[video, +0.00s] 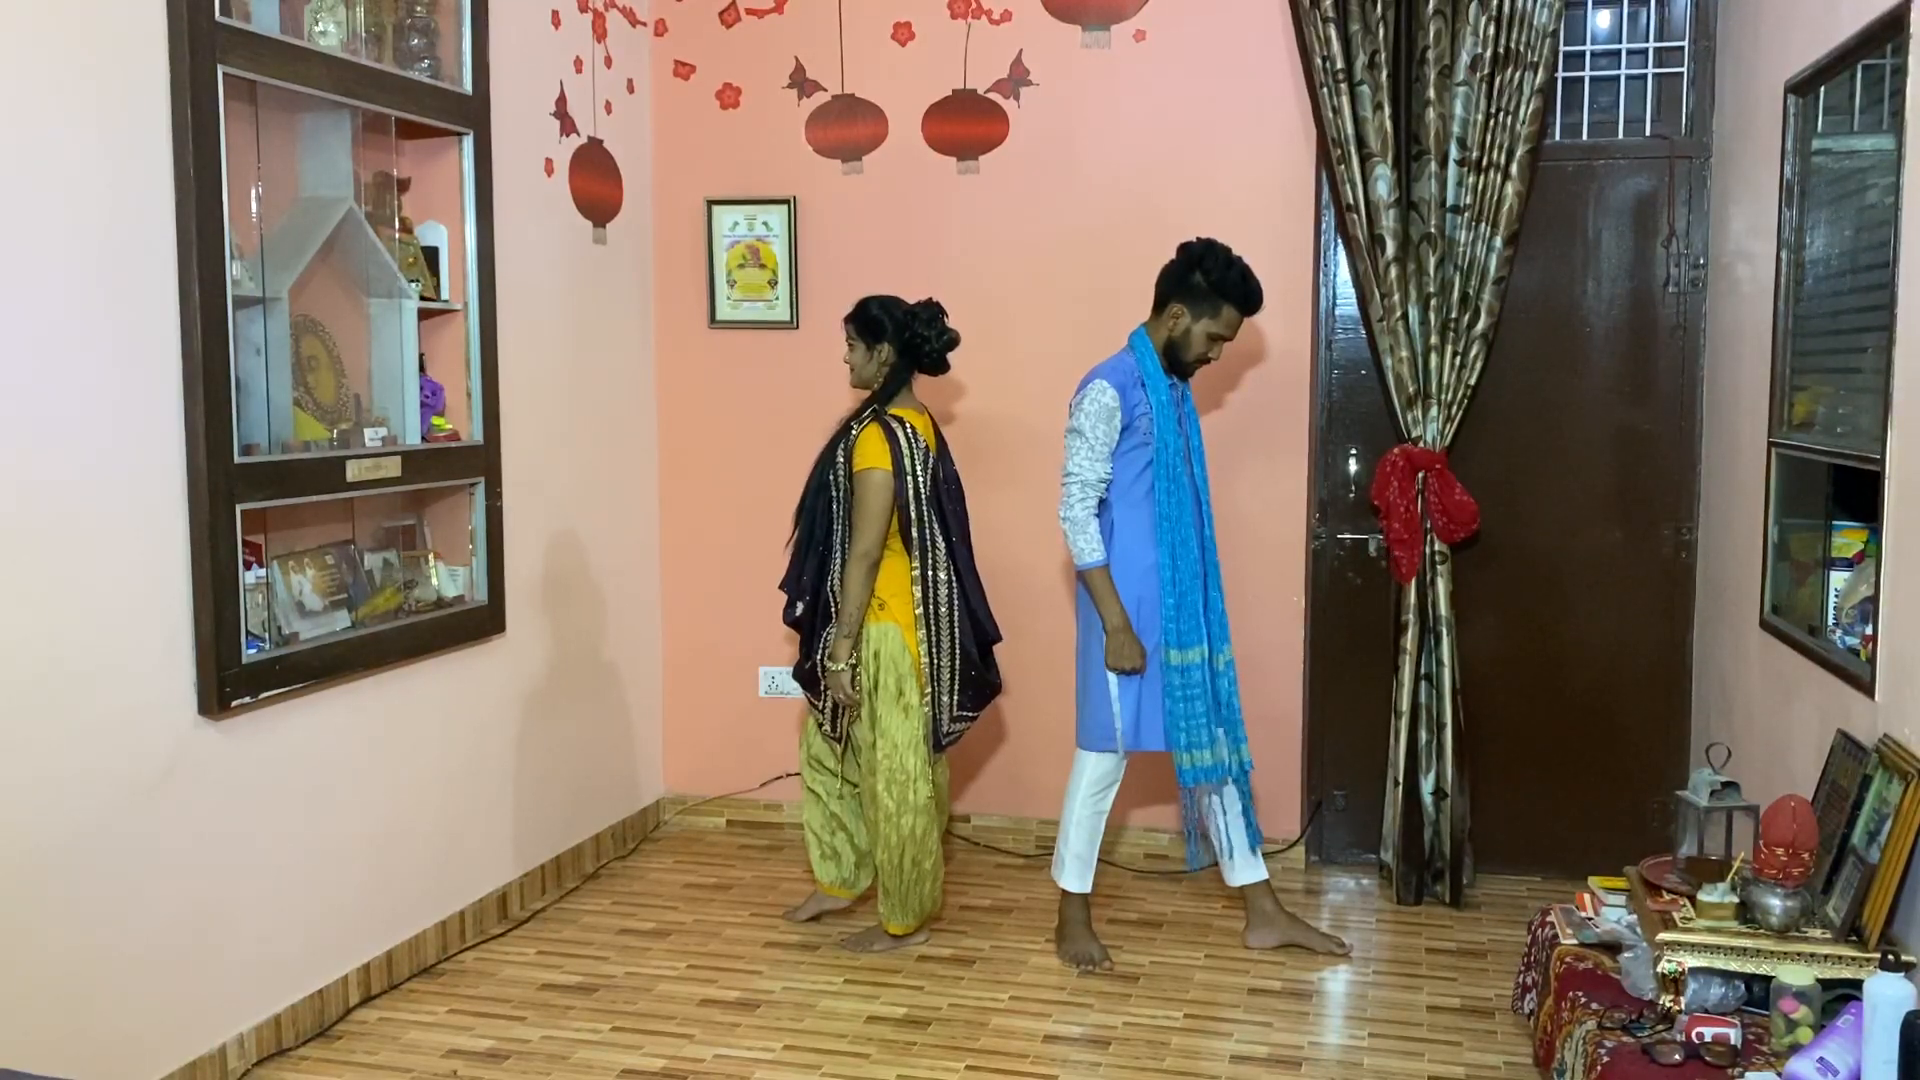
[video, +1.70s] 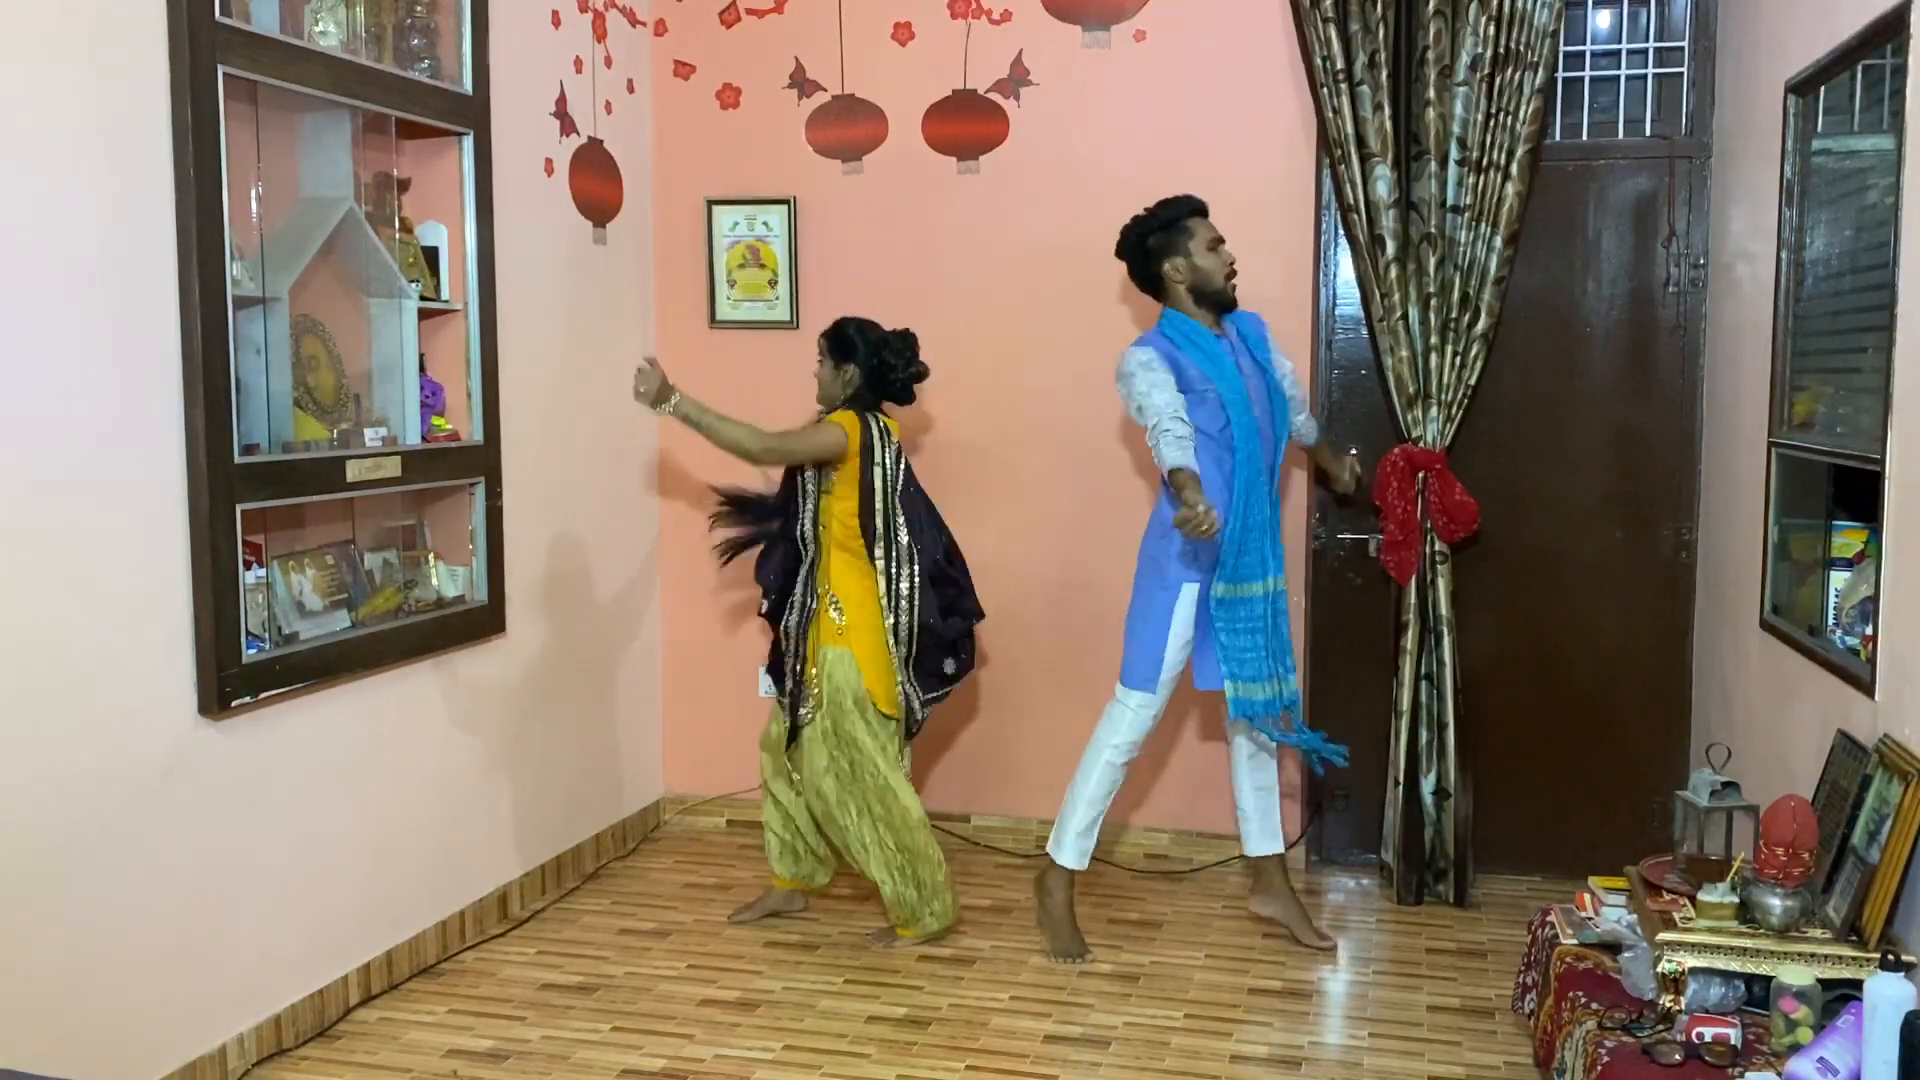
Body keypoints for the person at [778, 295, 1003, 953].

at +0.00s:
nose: (845, 359)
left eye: (854, 347)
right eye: (846, 346)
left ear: (885, 354)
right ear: (894, 354)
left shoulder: (879, 434)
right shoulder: (914, 424)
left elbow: (867, 550)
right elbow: (885, 546)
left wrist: (841, 645)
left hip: (885, 628)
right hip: (887, 618)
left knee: (897, 775)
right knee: (828, 752)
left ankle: (905, 915)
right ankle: (841, 879)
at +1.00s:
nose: (842, 359)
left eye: (850, 349)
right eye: (845, 348)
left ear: (880, 357)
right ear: (888, 358)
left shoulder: (877, 439)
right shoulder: (908, 426)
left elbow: (867, 558)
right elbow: (892, 552)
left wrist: (788, 618)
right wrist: (811, 614)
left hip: (880, 630)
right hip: (885, 623)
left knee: (889, 772)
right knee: (818, 745)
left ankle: (907, 915)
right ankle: (845, 880)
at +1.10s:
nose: (842, 374)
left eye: (849, 364)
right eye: (844, 363)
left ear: (878, 373)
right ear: (886, 374)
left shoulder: (884, 451)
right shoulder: (904, 437)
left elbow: (839, 548)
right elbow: (865, 511)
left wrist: (775, 519)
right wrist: (805, 499)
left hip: (883, 638)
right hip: (877, 629)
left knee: (883, 775)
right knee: (801, 742)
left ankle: (907, 917)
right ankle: (842, 884)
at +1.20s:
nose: (844, 371)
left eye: (852, 361)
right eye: (848, 360)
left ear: (880, 369)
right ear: (891, 372)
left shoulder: (890, 436)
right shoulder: (886, 432)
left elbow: (783, 423)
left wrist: (822, 408)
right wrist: (834, 414)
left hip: (879, 633)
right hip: (847, 628)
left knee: (879, 776)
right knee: (809, 763)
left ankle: (909, 916)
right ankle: (844, 890)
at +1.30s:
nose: (840, 333)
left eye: (848, 322)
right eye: (842, 323)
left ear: (873, 332)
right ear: (895, 335)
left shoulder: (874, 390)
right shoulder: (905, 400)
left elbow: (810, 313)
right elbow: (882, 317)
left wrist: (761, 257)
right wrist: (843, 266)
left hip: (865, 601)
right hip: (849, 598)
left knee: (882, 752)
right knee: (825, 739)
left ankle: (903, 908)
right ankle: (837, 868)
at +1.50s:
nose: (827, 330)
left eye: (835, 320)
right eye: (829, 320)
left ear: (864, 332)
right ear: (883, 334)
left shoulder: (868, 388)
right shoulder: (892, 382)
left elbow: (820, 342)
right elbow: (886, 306)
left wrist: (774, 278)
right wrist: (878, 229)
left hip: (871, 591)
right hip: (848, 586)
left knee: (879, 742)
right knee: (822, 723)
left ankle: (918, 895)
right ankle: (810, 855)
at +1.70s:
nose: (814, 375)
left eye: (822, 364)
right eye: (817, 363)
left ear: (849, 373)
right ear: (861, 375)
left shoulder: (851, 432)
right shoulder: (859, 434)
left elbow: (764, 448)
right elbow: (837, 521)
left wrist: (674, 400)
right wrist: (774, 516)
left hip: (847, 625)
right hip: (824, 623)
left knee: (859, 764)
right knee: (785, 747)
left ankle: (924, 909)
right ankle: (793, 885)